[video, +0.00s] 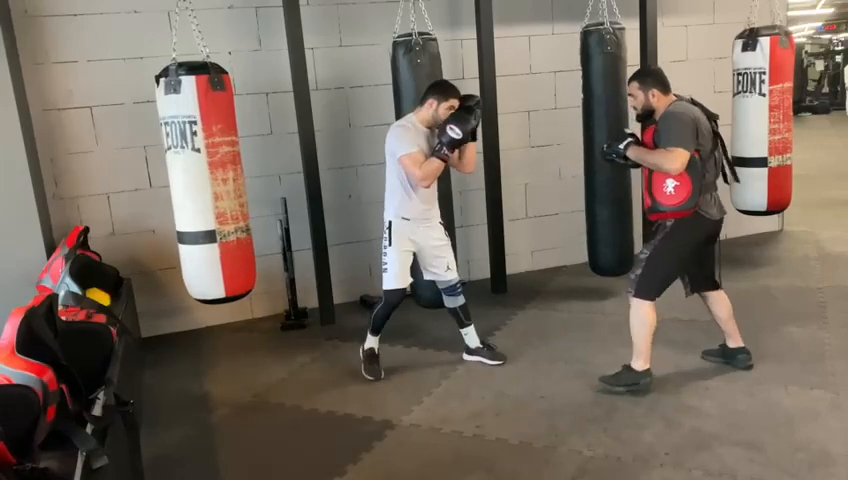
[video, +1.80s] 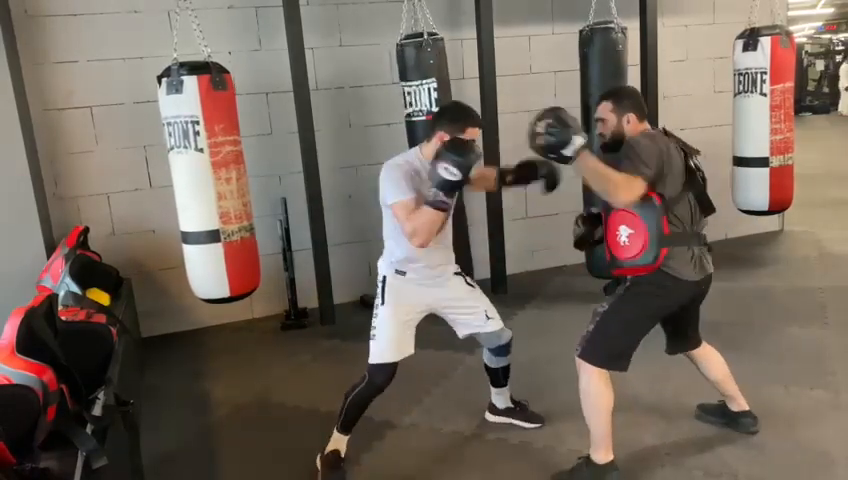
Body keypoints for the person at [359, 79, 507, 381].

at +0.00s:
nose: (451, 116)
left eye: (453, 111)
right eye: (449, 109)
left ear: (437, 107)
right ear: (432, 103)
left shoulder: (436, 133)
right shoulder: (400, 132)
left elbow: (467, 166)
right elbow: (423, 177)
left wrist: (469, 126)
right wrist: (448, 144)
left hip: (430, 223)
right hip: (400, 224)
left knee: (451, 284)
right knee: (395, 292)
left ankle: (474, 346)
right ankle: (370, 347)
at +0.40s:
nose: (439, 116)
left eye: (442, 111)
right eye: (437, 110)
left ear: (421, 107)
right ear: (417, 105)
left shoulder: (422, 135)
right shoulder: (387, 137)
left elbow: (439, 176)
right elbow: (408, 185)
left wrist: (450, 145)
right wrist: (434, 151)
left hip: (427, 227)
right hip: (396, 231)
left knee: (460, 283)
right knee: (387, 302)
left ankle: (474, 344)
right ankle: (371, 371)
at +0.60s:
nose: (429, 135)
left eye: (430, 126)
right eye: (425, 125)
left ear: (399, 124)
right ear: (400, 123)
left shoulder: (390, 160)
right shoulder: (358, 166)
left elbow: (395, 220)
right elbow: (388, 237)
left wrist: (423, 186)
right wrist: (425, 199)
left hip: (393, 282)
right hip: (358, 290)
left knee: (435, 352)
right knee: (361, 393)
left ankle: (456, 434)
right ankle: (327, 473)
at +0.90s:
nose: (439, 133)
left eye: (440, 124)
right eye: (436, 124)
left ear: (409, 122)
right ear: (412, 122)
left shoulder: (409, 160)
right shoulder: (369, 164)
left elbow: (414, 216)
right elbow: (415, 229)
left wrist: (445, 176)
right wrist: (444, 183)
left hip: (409, 280)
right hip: (371, 292)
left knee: (467, 335)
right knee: (368, 393)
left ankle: (471, 410)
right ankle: (329, 472)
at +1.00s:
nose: (456, 140)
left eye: (458, 131)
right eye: (453, 131)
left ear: (428, 129)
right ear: (429, 128)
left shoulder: (428, 164)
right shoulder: (379, 167)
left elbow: (453, 176)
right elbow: (400, 239)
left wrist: (489, 157)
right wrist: (440, 200)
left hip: (423, 284)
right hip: (380, 293)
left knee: (476, 344)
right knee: (372, 393)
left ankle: (491, 405)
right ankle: (330, 471)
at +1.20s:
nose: (491, 163)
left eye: (493, 156)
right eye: (491, 155)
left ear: (467, 149)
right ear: (474, 150)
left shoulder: (448, 175)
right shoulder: (439, 180)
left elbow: (460, 212)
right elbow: (451, 245)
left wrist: (499, 193)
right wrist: (494, 223)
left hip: (438, 293)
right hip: (415, 302)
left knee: (490, 339)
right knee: (425, 413)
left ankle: (501, 405)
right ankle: (343, 469)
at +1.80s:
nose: (473, 150)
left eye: (474, 143)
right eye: (467, 142)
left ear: (455, 140)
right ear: (440, 136)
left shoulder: (452, 166)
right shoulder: (396, 171)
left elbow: (484, 180)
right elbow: (419, 235)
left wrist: (529, 174)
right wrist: (447, 185)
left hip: (446, 276)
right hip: (400, 282)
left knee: (498, 339)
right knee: (380, 376)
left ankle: (501, 405)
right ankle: (336, 446)